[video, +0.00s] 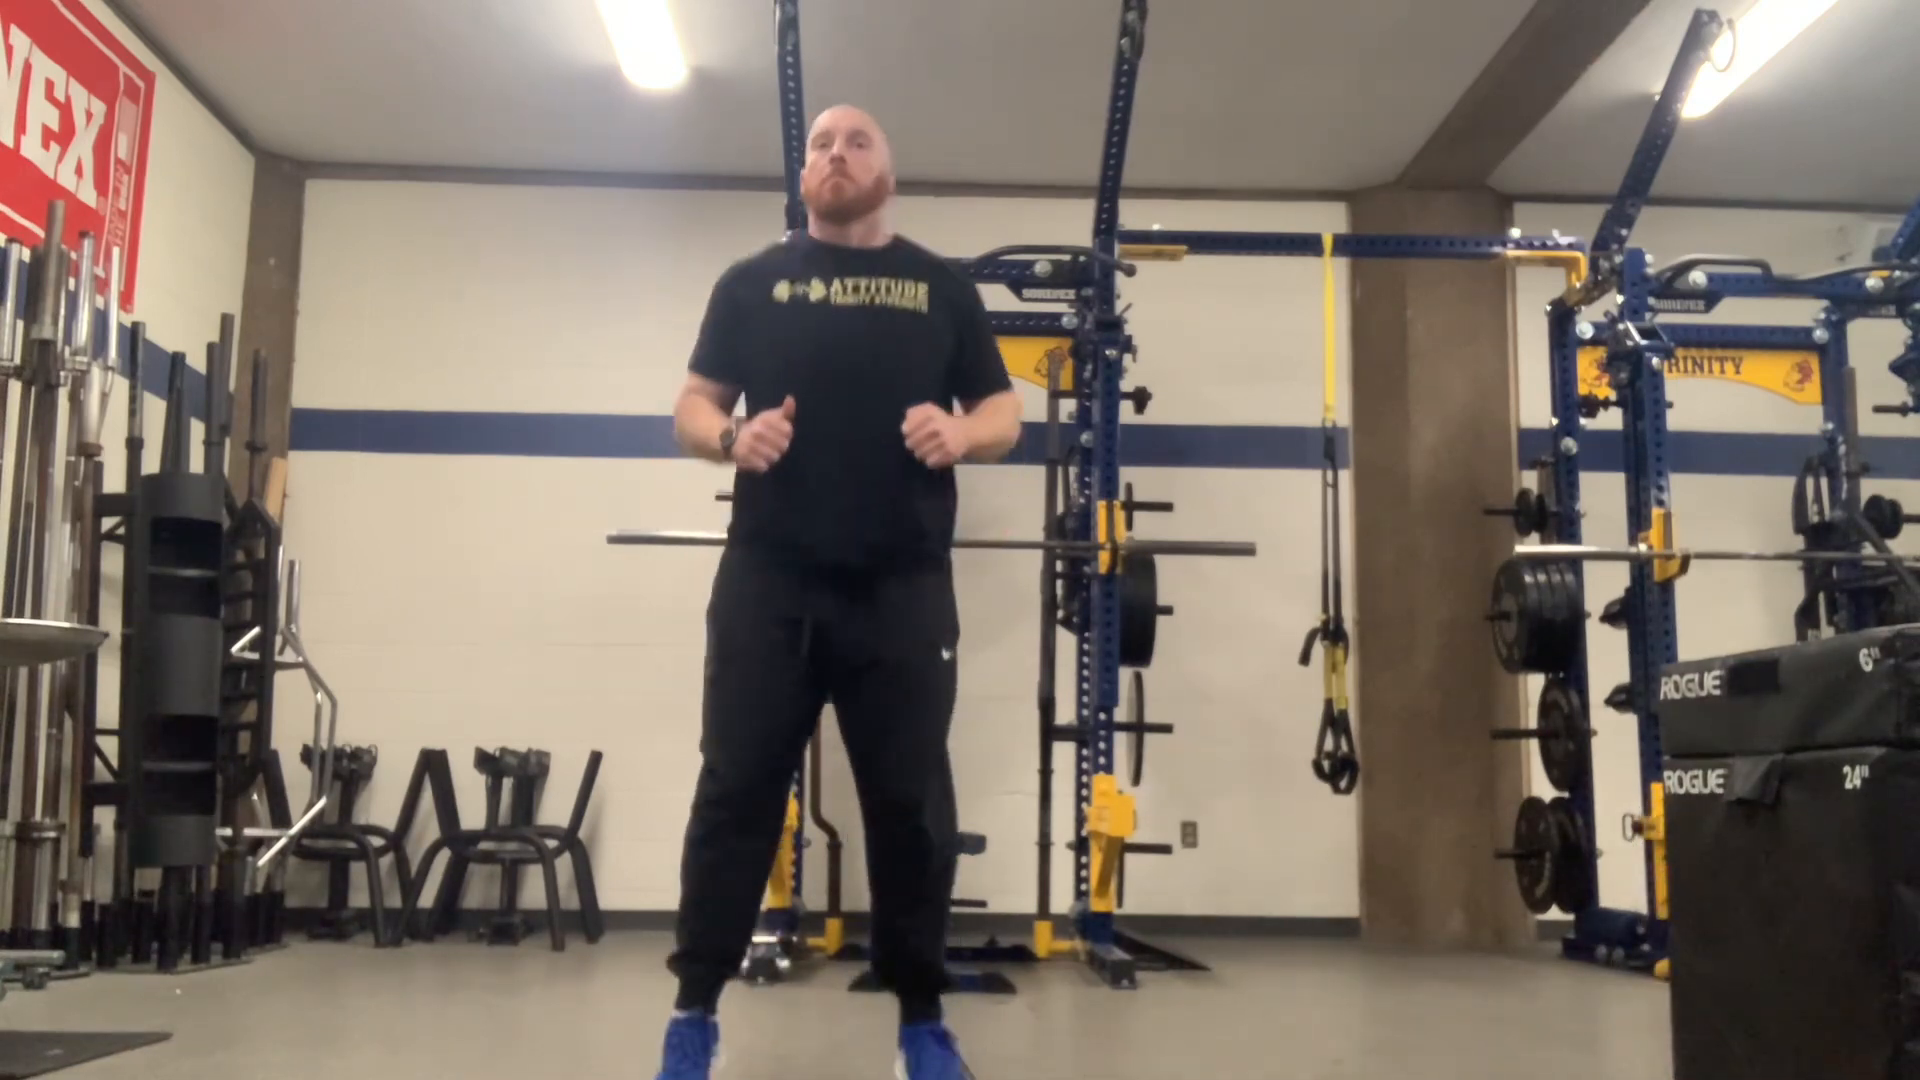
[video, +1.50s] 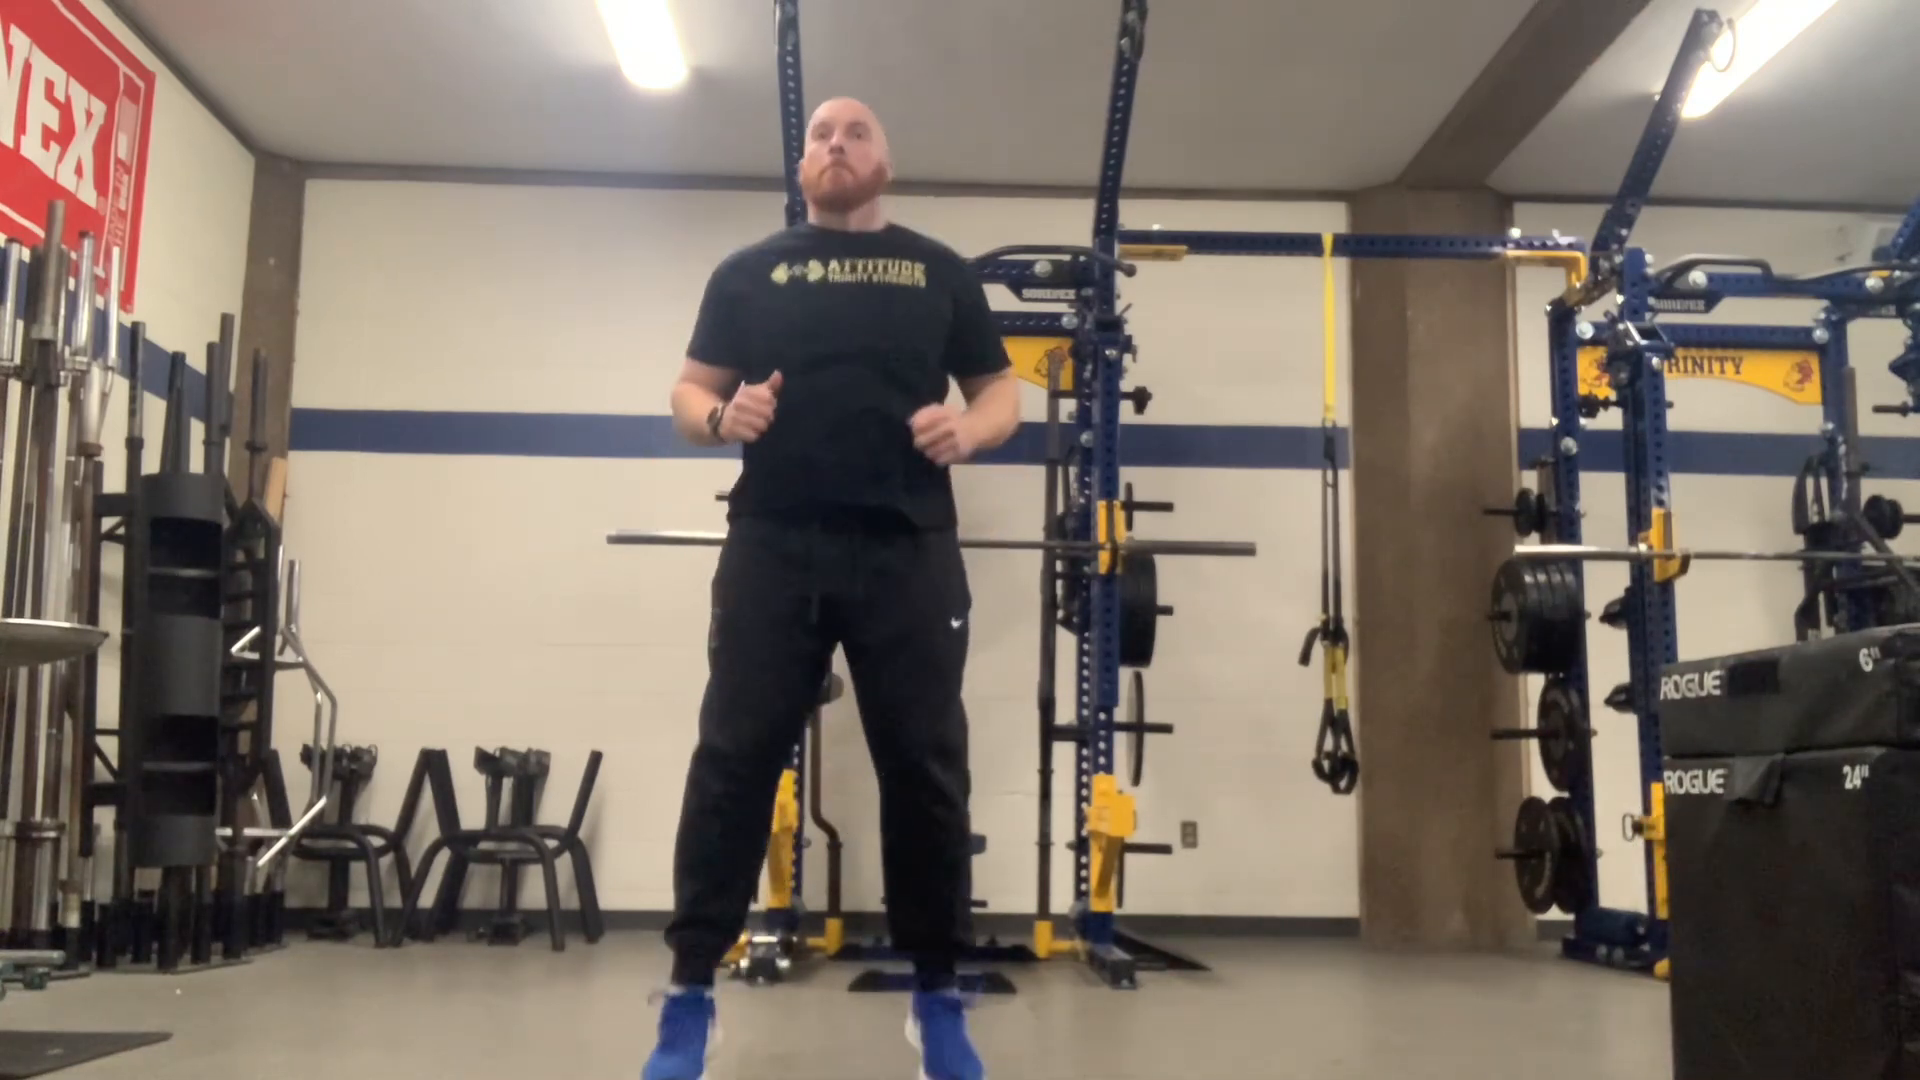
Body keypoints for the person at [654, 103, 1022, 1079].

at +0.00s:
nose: (836, 151)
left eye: (857, 141)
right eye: (820, 144)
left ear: (894, 175)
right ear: (800, 179)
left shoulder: (943, 287)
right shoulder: (751, 284)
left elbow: (1006, 415)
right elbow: (695, 411)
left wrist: (962, 432)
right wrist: (732, 436)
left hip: (901, 587)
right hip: (768, 581)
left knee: (913, 809)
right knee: (734, 795)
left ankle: (922, 1027)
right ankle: (693, 1019)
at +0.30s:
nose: (832, 189)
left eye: (852, 180)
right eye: (816, 181)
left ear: (885, 215)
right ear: (793, 217)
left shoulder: (932, 326)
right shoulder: (744, 323)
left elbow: (989, 445)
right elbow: (679, 443)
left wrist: (976, 477)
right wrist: (698, 478)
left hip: (893, 611)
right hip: (767, 607)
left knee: (900, 822)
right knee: (733, 816)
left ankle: (902, 1013)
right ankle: (712, 1008)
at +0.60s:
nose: (834, 125)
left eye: (853, 116)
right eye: (817, 118)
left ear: (886, 149)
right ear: (794, 153)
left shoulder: (935, 257)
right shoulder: (740, 256)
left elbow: (998, 382)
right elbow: (690, 392)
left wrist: (965, 422)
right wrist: (744, 403)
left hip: (899, 546)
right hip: (767, 542)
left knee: (916, 758)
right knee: (725, 752)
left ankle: (920, 983)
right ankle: (697, 982)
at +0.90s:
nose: (837, 132)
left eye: (858, 121)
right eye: (822, 122)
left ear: (893, 152)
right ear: (801, 154)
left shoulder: (941, 261)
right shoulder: (749, 257)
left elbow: (1004, 385)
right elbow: (704, 379)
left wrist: (962, 421)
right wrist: (736, 411)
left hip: (902, 563)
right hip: (768, 557)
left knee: (911, 785)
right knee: (729, 777)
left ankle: (926, 1010)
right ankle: (693, 1004)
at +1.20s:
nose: (846, 204)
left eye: (867, 194)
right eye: (830, 195)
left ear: (900, 229)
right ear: (807, 229)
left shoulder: (942, 343)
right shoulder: (757, 340)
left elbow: (993, 463)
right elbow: (701, 459)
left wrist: (971, 521)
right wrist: (712, 520)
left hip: (903, 630)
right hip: (777, 627)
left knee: (907, 837)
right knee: (755, 830)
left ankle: (909, 1021)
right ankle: (730, 1009)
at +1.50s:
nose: (835, 143)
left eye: (855, 133)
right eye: (820, 134)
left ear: (890, 164)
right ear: (798, 167)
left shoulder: (942, 274)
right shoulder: (747, 275)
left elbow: (1002, 401)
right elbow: (690, 400)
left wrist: (967, 428)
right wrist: (722, 417)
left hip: (906, 559)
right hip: (773, 555)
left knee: (927, 771)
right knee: (733, 763)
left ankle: (939, 1004)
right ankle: (688, 997)